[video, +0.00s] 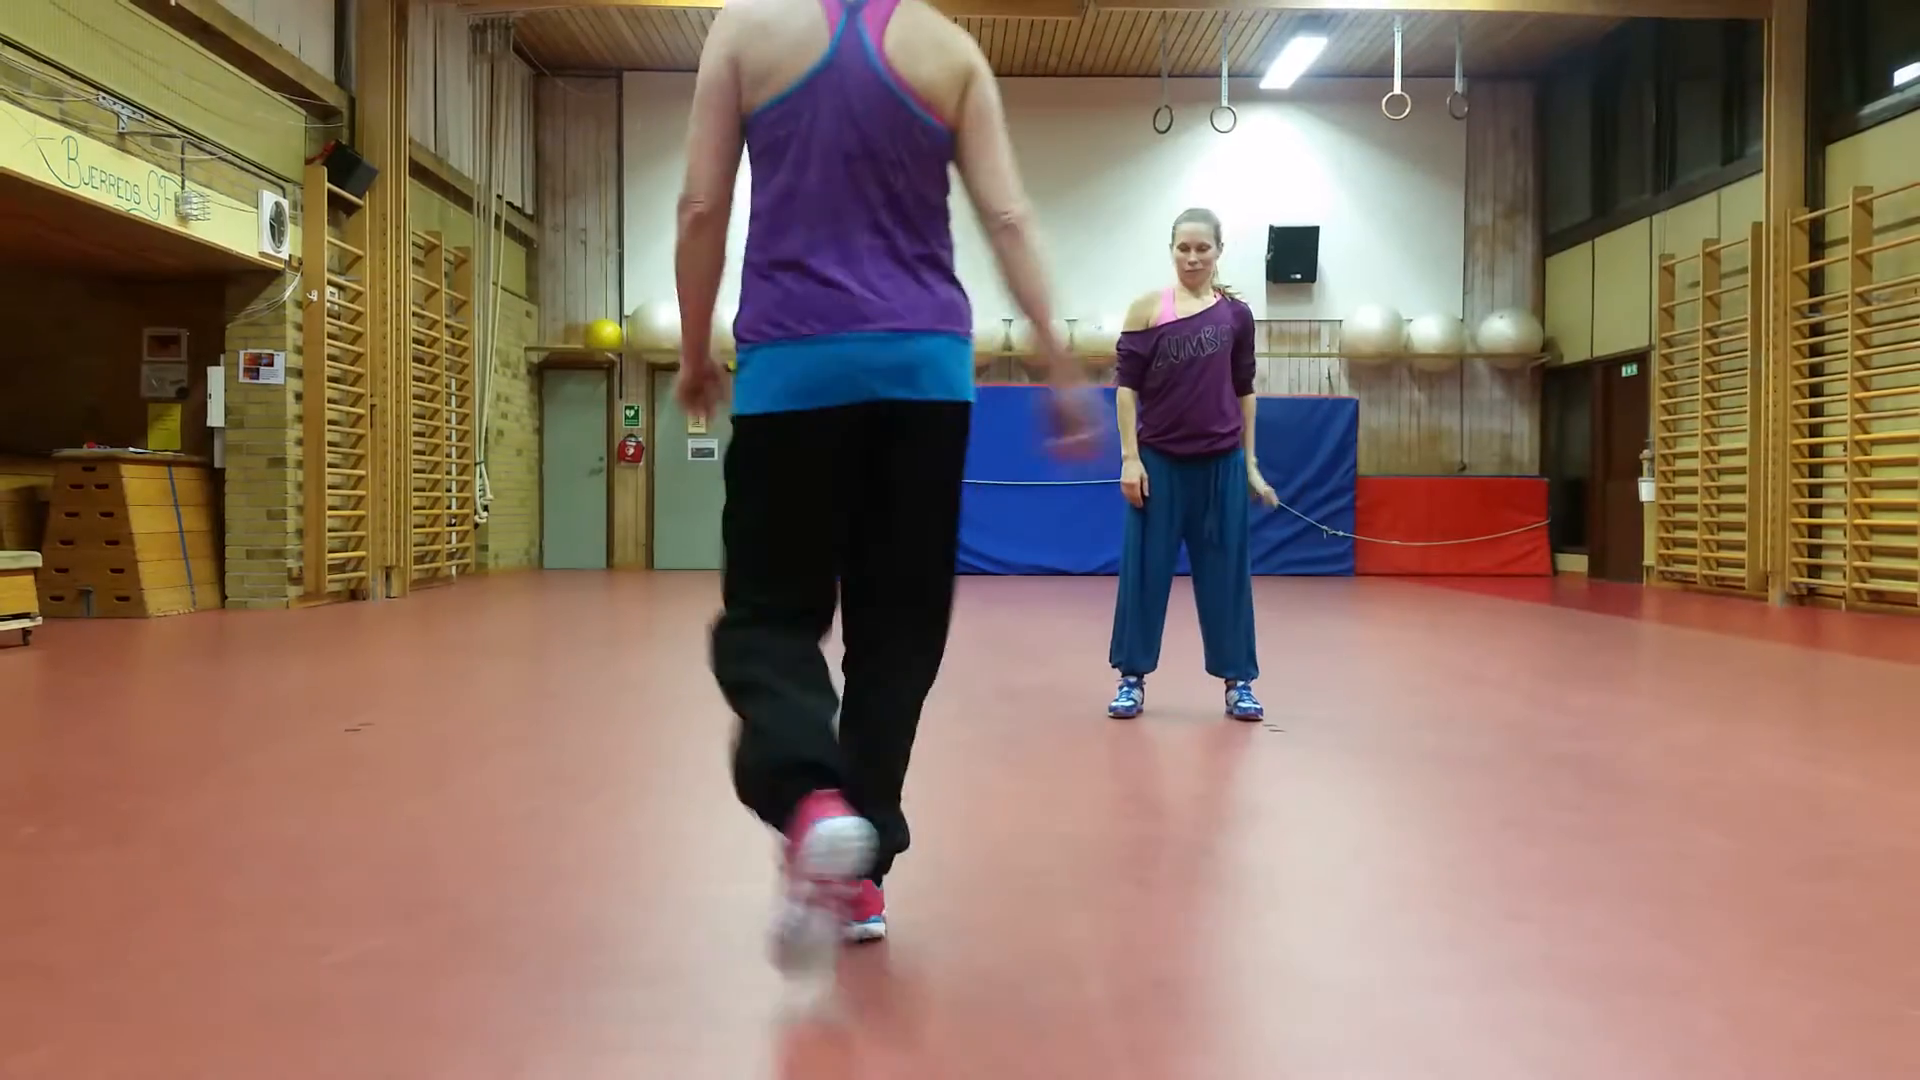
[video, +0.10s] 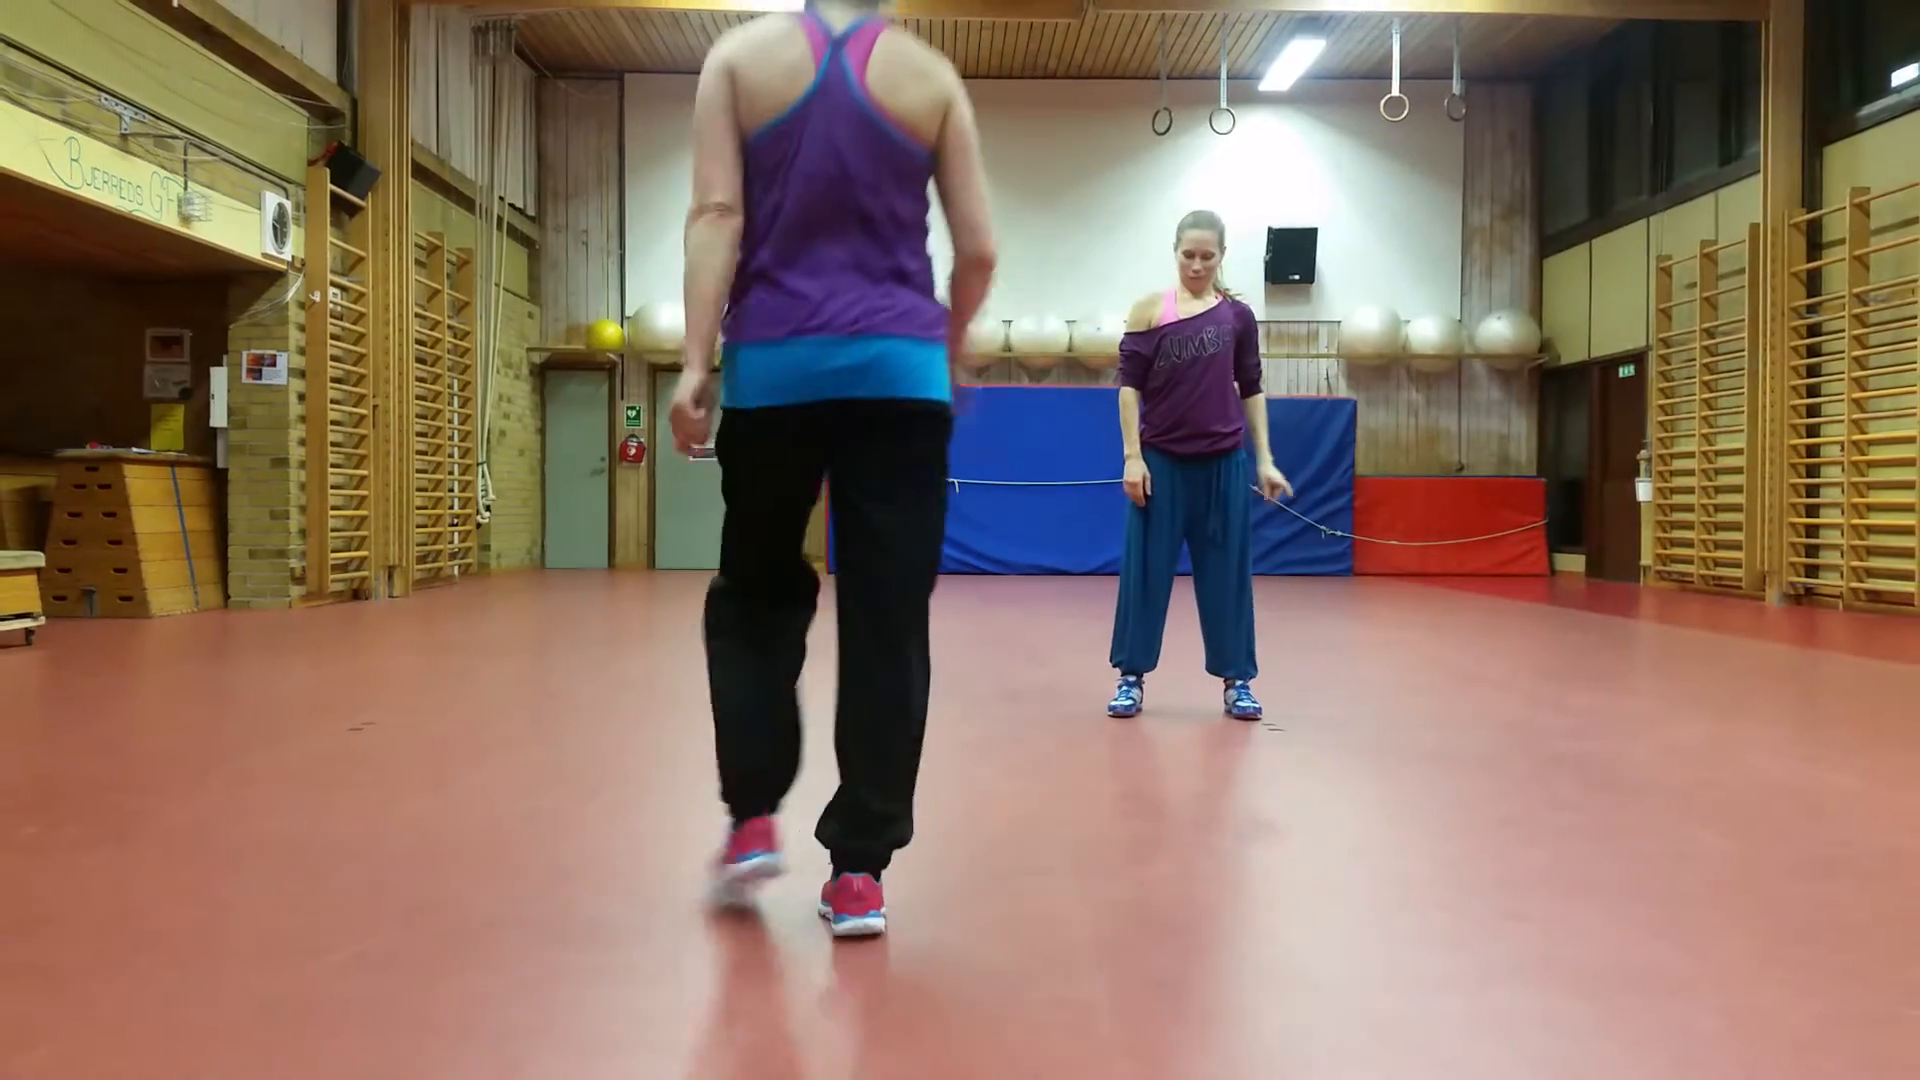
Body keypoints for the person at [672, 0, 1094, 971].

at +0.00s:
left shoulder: (745, 27)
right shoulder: (951, 45)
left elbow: (703, 207)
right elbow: (1006, 215)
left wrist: (696, 355)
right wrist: (1058, 364)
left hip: (794, 377)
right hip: (927, 377)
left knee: (769, 614)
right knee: (897, 634)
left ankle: (815, 806)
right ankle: (860, 876)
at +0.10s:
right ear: (887, 1)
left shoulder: (737, 56)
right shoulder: (933, 72)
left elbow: (718, 211)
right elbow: (977, 248)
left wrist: (697, 364)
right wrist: (951, 344)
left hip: (775, 378)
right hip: (903, 379)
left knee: (756, 589)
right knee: (888, 621)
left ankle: (754, 815)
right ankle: (861, 869)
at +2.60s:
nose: (834, 179)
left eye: (846, 170)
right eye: (823, 170)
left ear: (866, 185)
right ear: (809, 186)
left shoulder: (889, 249)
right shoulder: (787, 261)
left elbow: (928, 287)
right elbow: (764, 352)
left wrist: (896, 216)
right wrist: (747, 427)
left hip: (881, 438)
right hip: (806, 438)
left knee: (885, 572)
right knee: (814, 575)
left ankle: (879, 695)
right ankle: (823, 698)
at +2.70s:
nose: (836, 177)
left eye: (847, 169)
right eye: (824, 169)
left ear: (865, 184)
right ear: (808, 187)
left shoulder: (893, 250)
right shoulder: (789, 260)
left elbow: (942, 306)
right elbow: (758, 343)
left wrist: (912, 234)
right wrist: (737, 397)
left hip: (879, 432)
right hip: (805, 433)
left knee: (890, 550)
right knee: (812, 568)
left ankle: (880, 674)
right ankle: (821, 697)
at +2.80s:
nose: (839, 170)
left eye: (849, 162)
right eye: (827, 163)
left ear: (867, 179)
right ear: (811, 181)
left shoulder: (892, 239)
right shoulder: (791, 247)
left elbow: (939, 263)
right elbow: (763, 325)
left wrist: (925, 187)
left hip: (882, 422)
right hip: (810, 426)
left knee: (885, 540)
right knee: (812, 566)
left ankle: (883, 662)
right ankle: (821, 696)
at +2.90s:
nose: (842, 167)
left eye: (852, 159)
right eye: (830, 159)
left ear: (870, 175)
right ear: (815, 176)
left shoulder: (890, 239)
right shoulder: (801, 235)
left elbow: (920, 219)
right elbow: (794, 258)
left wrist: (890, 144)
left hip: (884, 416)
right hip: (816, 418)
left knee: (881, 553)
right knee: (817, 560)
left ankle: (884, 686)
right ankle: (826, 694)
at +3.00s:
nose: (849, 176)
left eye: (860, 169)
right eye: (839, 168)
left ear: (877, 187)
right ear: (824, 185)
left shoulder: (898, 248)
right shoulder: (810, 251)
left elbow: (919, 198)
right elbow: (797, 221)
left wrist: (874, 117)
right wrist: (839, 130)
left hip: (892, 431)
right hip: (823, 431)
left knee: (887, 571)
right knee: (819, 570)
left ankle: (882, 700)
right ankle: (838, 698)